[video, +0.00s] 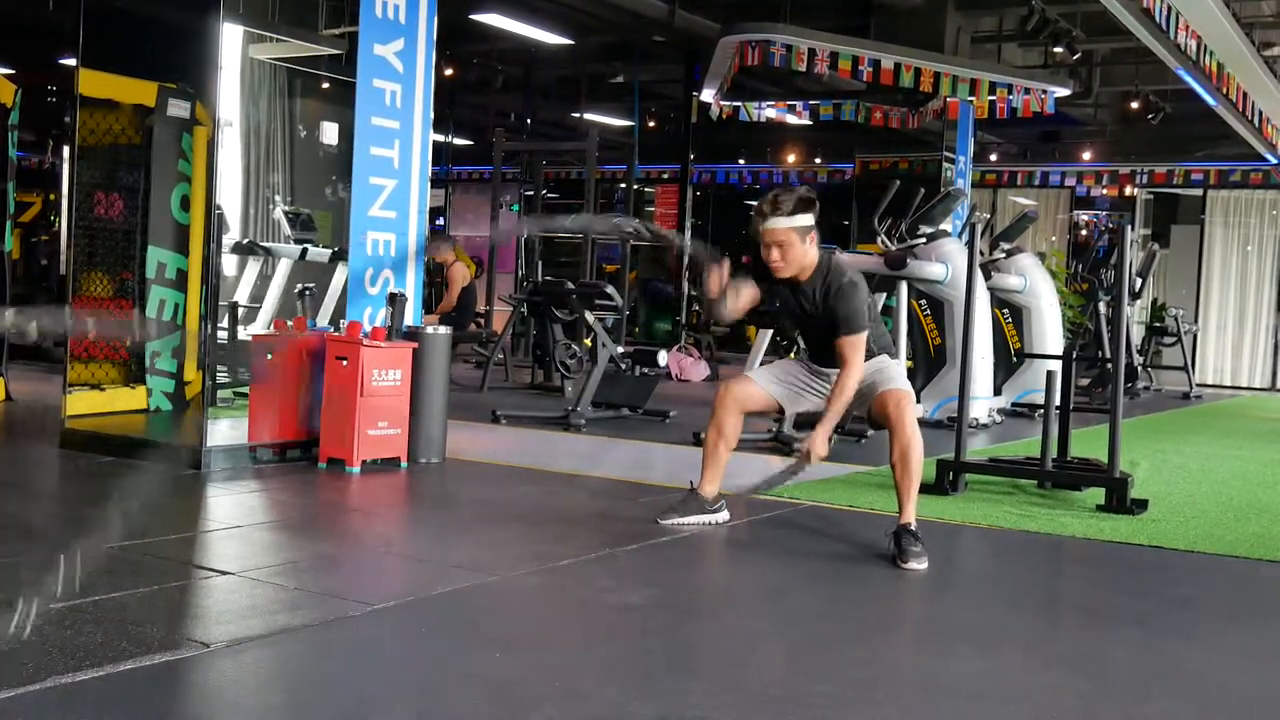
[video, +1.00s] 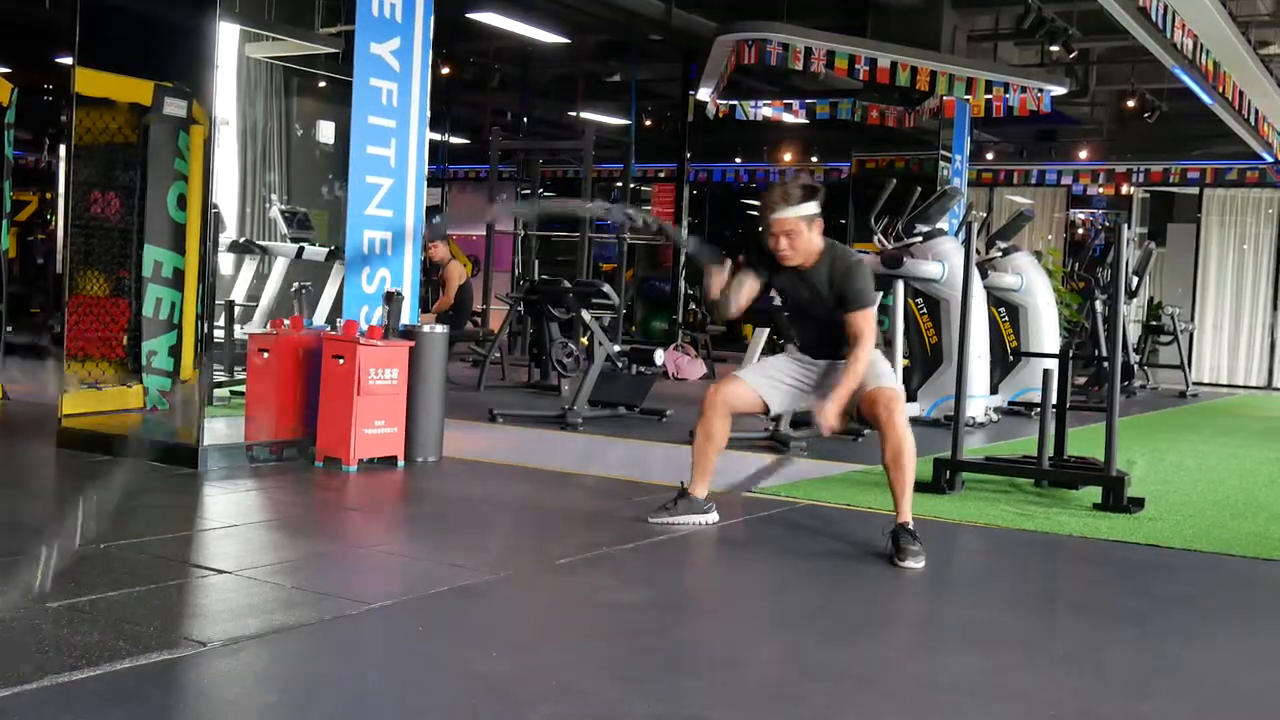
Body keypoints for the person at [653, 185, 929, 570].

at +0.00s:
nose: (770, 256)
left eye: (780, 246)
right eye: (765, 246)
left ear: (811, 241)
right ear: (760, 244)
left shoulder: (845, 285)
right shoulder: (769, 275)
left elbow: (852, 368)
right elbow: (730, 309)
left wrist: (824, 430)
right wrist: (717, 296)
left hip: (872, 368)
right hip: (813, 369)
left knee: (902, 407)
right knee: (731, 392)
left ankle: (908, 527)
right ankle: (706, 497)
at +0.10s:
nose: (779, 252)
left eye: (789, 242)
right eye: (772, 242)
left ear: (816, 235)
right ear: (765, 240)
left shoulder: (851, 266)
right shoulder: (767, 285)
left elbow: (849, 335)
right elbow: (754, 351)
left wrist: (809, 351)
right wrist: (741, 395)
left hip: (867, 370)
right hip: (802, 374)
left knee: (899, 406)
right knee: (728, 400)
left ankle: (907, 527)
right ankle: (707, 500)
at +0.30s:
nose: (792, 238)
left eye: (801, 228)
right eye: (786, 228)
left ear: (830, 220)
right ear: (779, 226)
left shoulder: (862, 244)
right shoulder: (782, 257)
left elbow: (850, 301)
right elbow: (745, 298)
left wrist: (793, 280)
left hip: (869, 364)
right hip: (807, 364)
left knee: (899, 406)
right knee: (729, 394)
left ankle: (907, 526)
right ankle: (706, 498)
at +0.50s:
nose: (770, 242)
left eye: (780, 232)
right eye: (765, 233)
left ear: (810, 228)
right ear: (760, 232)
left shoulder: (846, 269)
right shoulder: (768, 263)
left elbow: (855, 350)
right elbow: (729, 298)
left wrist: (821, 407)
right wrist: (715, 278)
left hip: (869, 358)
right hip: (808, 358)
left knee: (893, 409)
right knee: (730, 395)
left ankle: (904, 525)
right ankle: (706, 498)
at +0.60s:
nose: (787, 244)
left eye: (797, 234)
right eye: (779, 234)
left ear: (824, 226)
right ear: (771, 231)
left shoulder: (856, 255)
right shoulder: (771, 272)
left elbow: (856, 316)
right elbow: (756, 336)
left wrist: (810, 336)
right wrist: (739, 377)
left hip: (868, 361)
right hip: (802, 363)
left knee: (893, 407)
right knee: (732, 395)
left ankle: (904, 525)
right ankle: (703, 497)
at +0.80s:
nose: (827, 238)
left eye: (837, 229)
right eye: (821, 229)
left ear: (865, 223)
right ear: (812, 225)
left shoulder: (890, 254)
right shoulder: (804, 254)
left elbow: (881, 318)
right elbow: (768, 301)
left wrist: (829, 314)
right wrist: (748, 345)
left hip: (876, 365)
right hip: (811, 365)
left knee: (905, 407)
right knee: (735, 394)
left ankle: (906, 526)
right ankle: (705, 496)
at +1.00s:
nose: (780, 245)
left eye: (789, 235)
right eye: (773, 235)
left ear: (818, 229)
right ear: (765, 233)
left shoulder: (849, 267)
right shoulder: (768, 258)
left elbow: (864, 342)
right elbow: (731, 309)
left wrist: (836, 400)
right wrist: (718, 288)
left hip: (855, 363)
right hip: (799, 361)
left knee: (890, 408)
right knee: (718, 396)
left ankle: (905, 526)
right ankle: (696, 498)